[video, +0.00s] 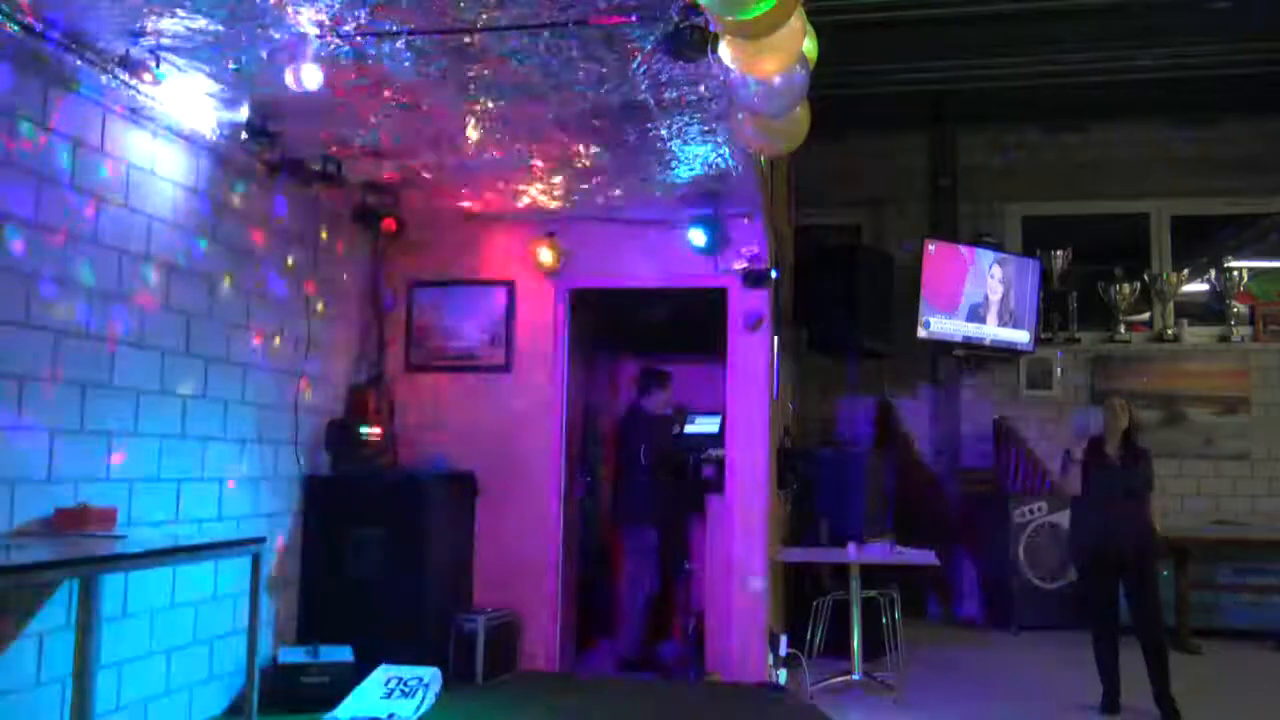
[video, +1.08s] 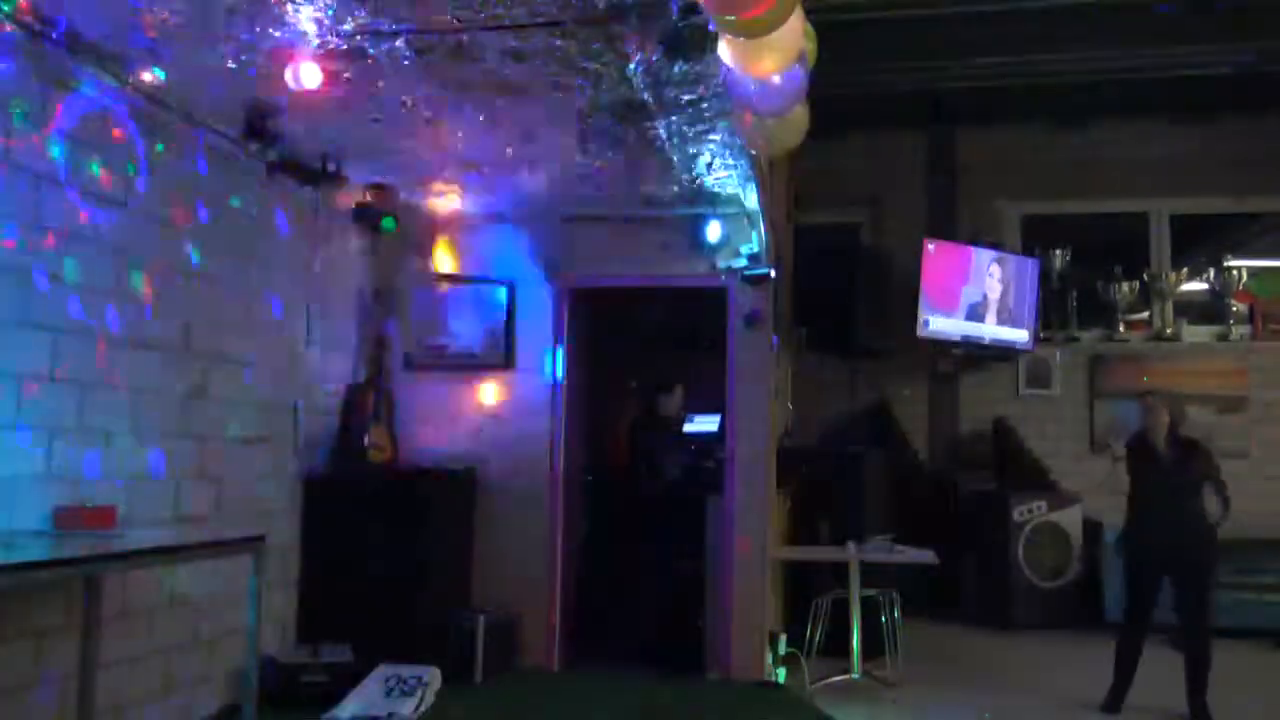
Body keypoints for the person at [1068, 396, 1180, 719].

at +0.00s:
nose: (1115, 417)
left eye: (1121, 412)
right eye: (1110, 411)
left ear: (1129, 419)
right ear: (1102, 418)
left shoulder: (1139, 455)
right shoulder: (1089, 452)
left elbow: (1148, 501)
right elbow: (1075, 494)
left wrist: (1156, 541)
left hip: (1136, 550)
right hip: (1097, 552)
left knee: (1150, 627)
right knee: (1104, 626)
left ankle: (1164, 699)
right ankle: (1110, 695)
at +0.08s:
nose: (1115, 418)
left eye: (1120, 413)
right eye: (1110, 412)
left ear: (1129, 420)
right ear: (1101, 418)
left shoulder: (1139, 455)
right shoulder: (1090, 454)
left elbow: (1145, 498)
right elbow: (1084, 502)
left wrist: (1154, 545)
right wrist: (1076, 550)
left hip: (1136, 551)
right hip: (1097, 552)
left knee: (1150, 627)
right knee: (1103, 627)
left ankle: (1164, 699)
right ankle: (1110, 695)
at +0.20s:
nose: (1115, 421)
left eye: (1120, 415)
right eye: (1109, 414)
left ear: (1128, 421)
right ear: (1100, 420)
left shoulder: (1139, 457)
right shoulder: (1089, 455)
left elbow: (1142, 496)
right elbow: (1079, 504)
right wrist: (1075, 552)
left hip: (1134, 551)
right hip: (1094, 552)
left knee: (1150, 625)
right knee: (1101, 627)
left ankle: (1166, 698)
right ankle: (1109, 695)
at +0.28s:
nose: (1115, 421)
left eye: (1120, 415)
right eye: (1109, 415)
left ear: (1129, 421)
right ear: (1099, 420)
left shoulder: (1141, 458)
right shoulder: (1088, 455)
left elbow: (1145, 500)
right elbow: (1073, 494)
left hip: (1134, 551)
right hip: (1094, 552)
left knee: (1151, 625)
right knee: (1101, 626)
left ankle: (1170, 696)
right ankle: (1109, 694)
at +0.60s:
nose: (1126, 424)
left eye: (1131, 418)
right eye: (1120, 418)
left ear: (1139, 423)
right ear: (1112, 422)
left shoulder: (1155, 458)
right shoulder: (1100, 454)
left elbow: (1167, 502)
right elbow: (1084, 494)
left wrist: (1166, 539)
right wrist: (1082, 466)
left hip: (1145, 550)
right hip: (1103, 549)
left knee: (1166, 626)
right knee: (1104, 626)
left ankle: (1193, 702)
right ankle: (1109, 697)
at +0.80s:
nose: (1132, 425)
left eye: (1137, 418)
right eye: (1127, 419)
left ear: (1150, 422)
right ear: (1120, 424)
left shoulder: (1171, 458)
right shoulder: (1115, 457)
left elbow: (1179, 506)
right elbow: (1115, 502)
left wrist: (1178, 543)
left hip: (1163, 553)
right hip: (1119, 553)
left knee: (1182, 631)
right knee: (1114, 629)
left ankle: (1198, 706)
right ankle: (1109, 701)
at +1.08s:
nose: (1148, 416)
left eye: (1154, 410)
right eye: (1146, 410)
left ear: (1172, 415)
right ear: (1142, 415)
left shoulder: (1193, 450)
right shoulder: (1137, 447)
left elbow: (1219, 494)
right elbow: (1137, 493)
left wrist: (1218, 513)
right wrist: (1129, 533)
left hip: (1190, 548)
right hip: (1145, 547)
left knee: (1195, 629)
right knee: (1134, 622)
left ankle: (1197, 702)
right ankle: (1116, 695)